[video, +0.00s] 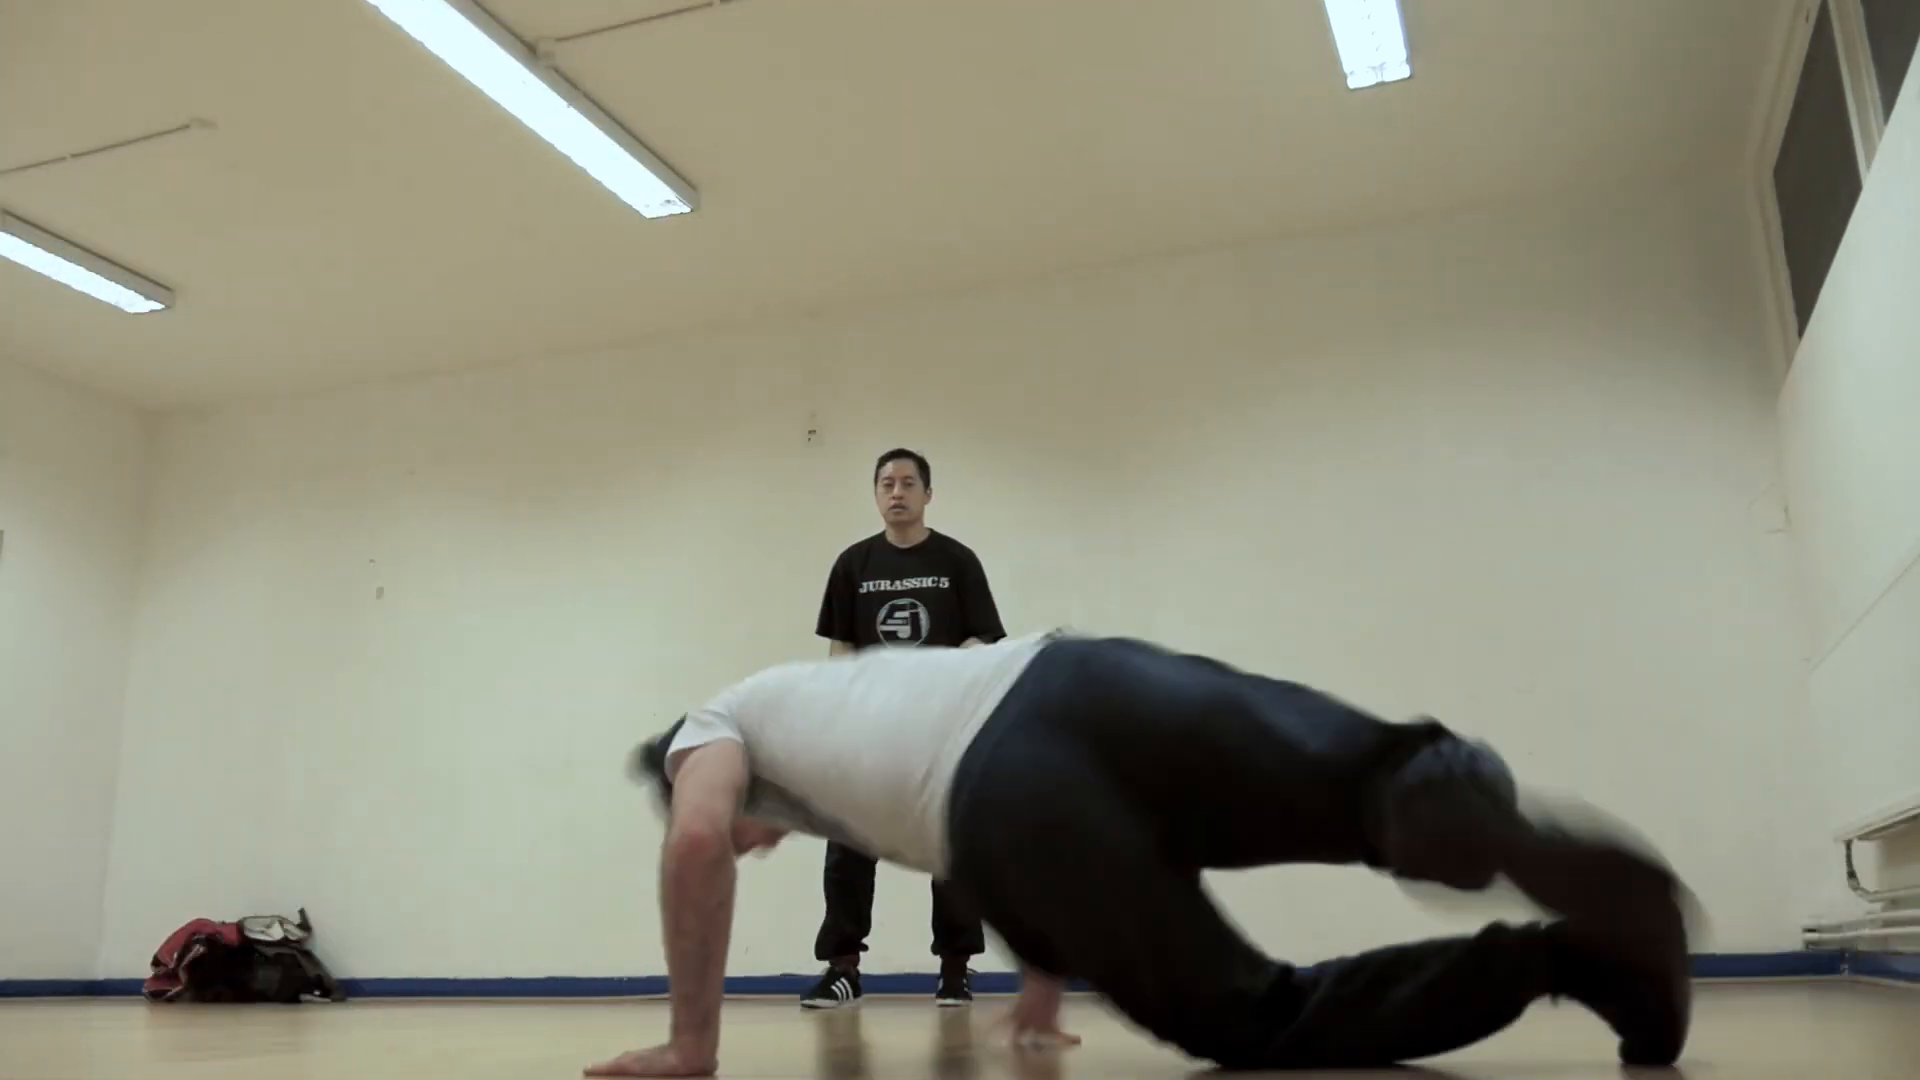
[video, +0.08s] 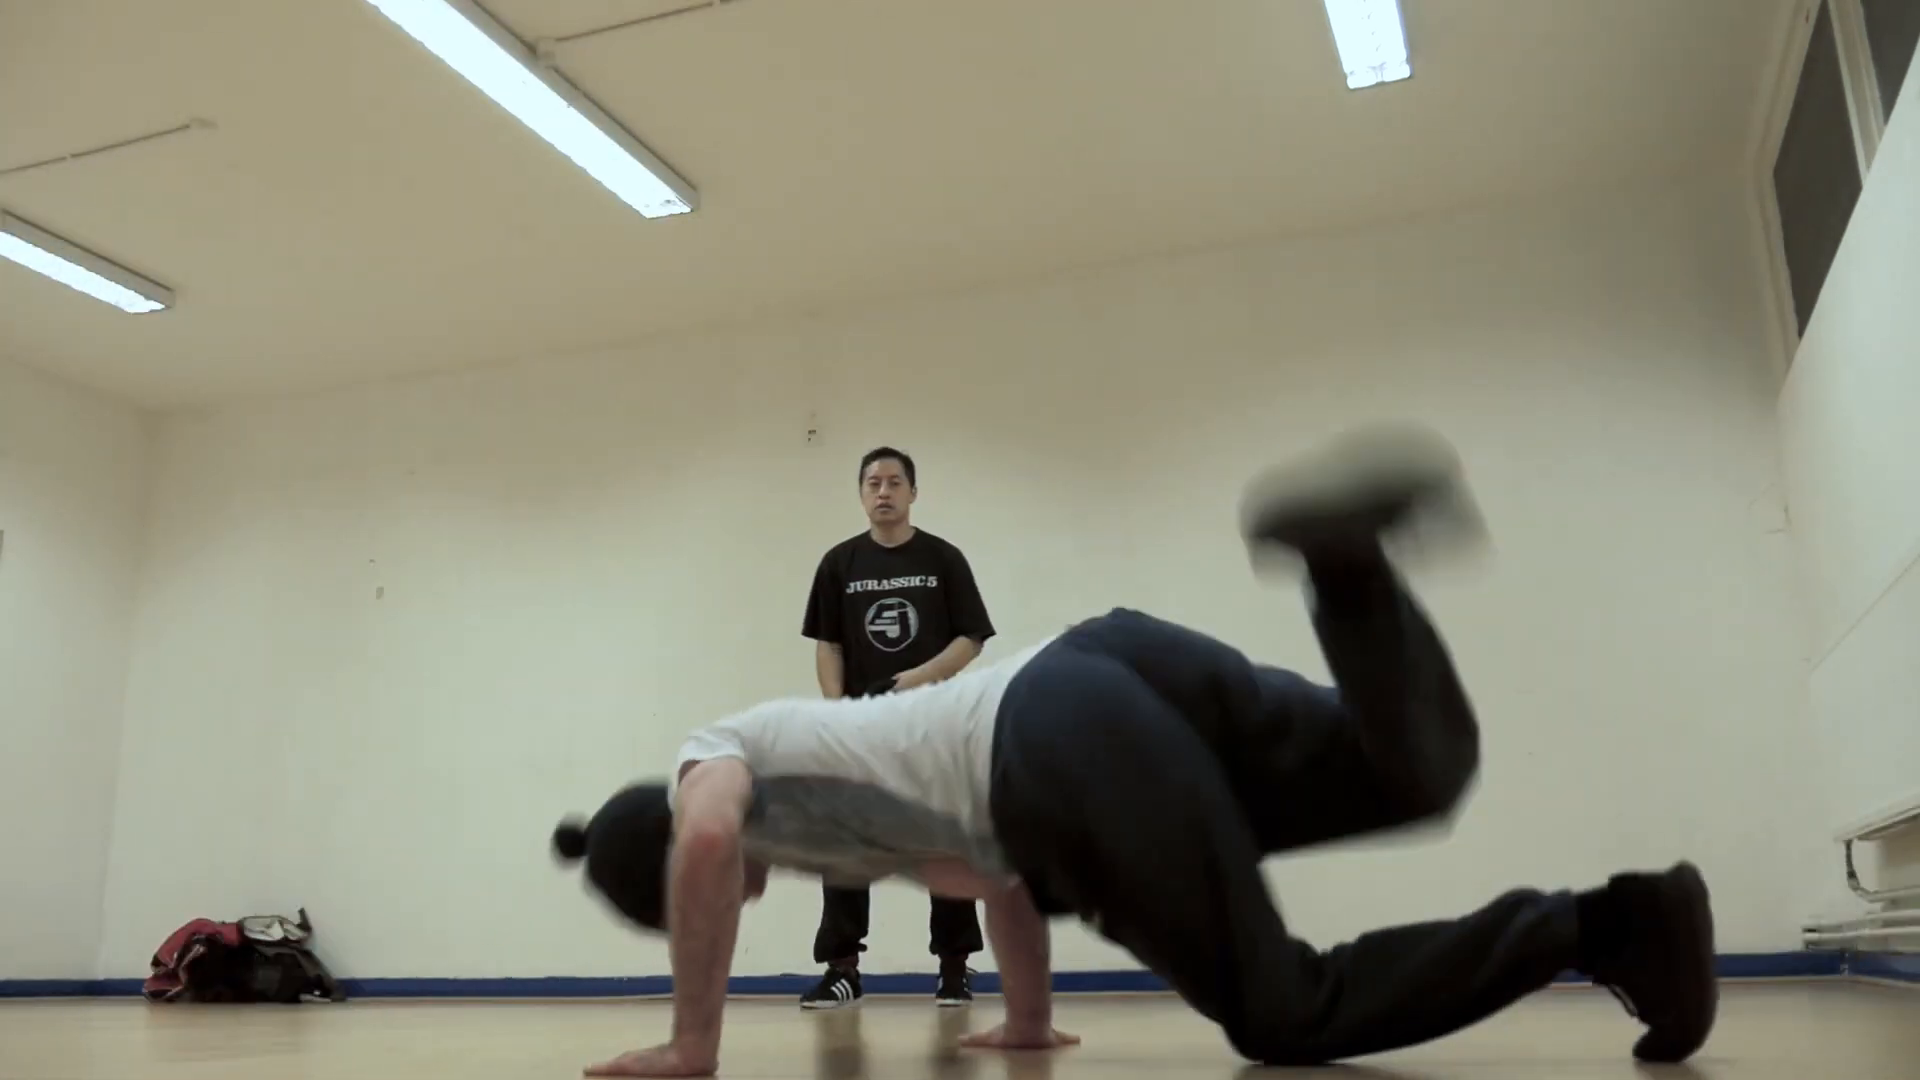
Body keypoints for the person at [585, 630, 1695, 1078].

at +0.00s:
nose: (694, 829)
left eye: (680, 808)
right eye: (680, 816)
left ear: (685, 761)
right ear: (752, 706)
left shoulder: (721, 723)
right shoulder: (871, 695)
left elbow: (701, 841)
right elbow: (1014, 808)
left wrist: (691, 1035)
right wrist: (1041, 1007)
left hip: (1000, 801)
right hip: (1077, 682)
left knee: (1258, 1021)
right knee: (1355, 777)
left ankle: (1559, 961)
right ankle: (1477, 818)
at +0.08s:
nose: (669, 912)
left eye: (654, 903)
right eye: (661, 909)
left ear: (646, 862)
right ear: (682, 860)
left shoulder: (699, 763)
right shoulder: (824, 788)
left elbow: (712, 837)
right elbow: (1004, 877)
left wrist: (692, 1049)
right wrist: (1029, 1038)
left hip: (1046, 746)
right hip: (1110, 665)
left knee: (1287, 1012)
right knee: (1423, 776)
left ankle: (1607, 926)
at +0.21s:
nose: (651, 1005)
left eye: (634, 996)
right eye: (646, 996)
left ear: (636, 966)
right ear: (681, 944)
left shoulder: (698, 815)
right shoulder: (820, 907)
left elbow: (695, 828)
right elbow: (1004, 857)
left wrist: (688, 1046)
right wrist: (1028, 1026)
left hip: (1047, 710)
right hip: (1084, 713)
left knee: (1278, 889)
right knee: (1357, 668)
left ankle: (1512, 739)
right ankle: (1264, 472)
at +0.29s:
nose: (718, 986)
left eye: (692, 981)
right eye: (700, 991)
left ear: (660, 946)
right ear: (701, 979)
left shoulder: (715, 842)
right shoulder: (839, 948)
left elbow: (684, 832)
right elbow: (1004, 882)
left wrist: (684, 1050)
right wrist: (1030, 1028)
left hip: (1041, 695)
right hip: (1086, 799)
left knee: (1287, 661)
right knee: (1347, 760)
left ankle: (1334, 498)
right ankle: (1337, 638)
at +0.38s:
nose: (708, 1005)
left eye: (671, 994)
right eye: (693, 996)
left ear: (670, 946)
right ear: (711, 960)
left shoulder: (725, 811)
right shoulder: (857, 921)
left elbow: (709, 833)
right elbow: (1003, 870)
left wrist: (688, 1045)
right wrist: (1028, 1018)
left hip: (1066, 673)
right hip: (1103, 807)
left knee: (1267, 506)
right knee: (1340, 846)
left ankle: (1136, 423)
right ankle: (1471, 789)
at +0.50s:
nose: (718, 901)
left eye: (702, 888)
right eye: (705, 898)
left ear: (713, 830)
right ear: (744, 869)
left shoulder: (806, 725)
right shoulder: (859, 887)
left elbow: (789, 864)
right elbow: (1012, 872)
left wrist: (699, 1038)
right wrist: (1033, 1017)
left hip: (1074, 650)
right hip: (1115, 783)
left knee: (1144, 565)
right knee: (1338, 837)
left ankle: (1058, 573)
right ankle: (1589, 860)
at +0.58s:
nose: (769, 708)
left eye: (752, 718)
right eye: (756, 717)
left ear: (755, 778)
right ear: (805, 746)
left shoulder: (855, 645)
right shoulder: (884, 847)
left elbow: (902, 722)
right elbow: (1017, 869)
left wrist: (818, 898)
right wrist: (1031, 1023)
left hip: (1064, 678)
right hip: (1096, 801)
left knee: (1136, 627)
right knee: (1282, 804)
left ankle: (1169, 773)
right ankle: (1453, 839)